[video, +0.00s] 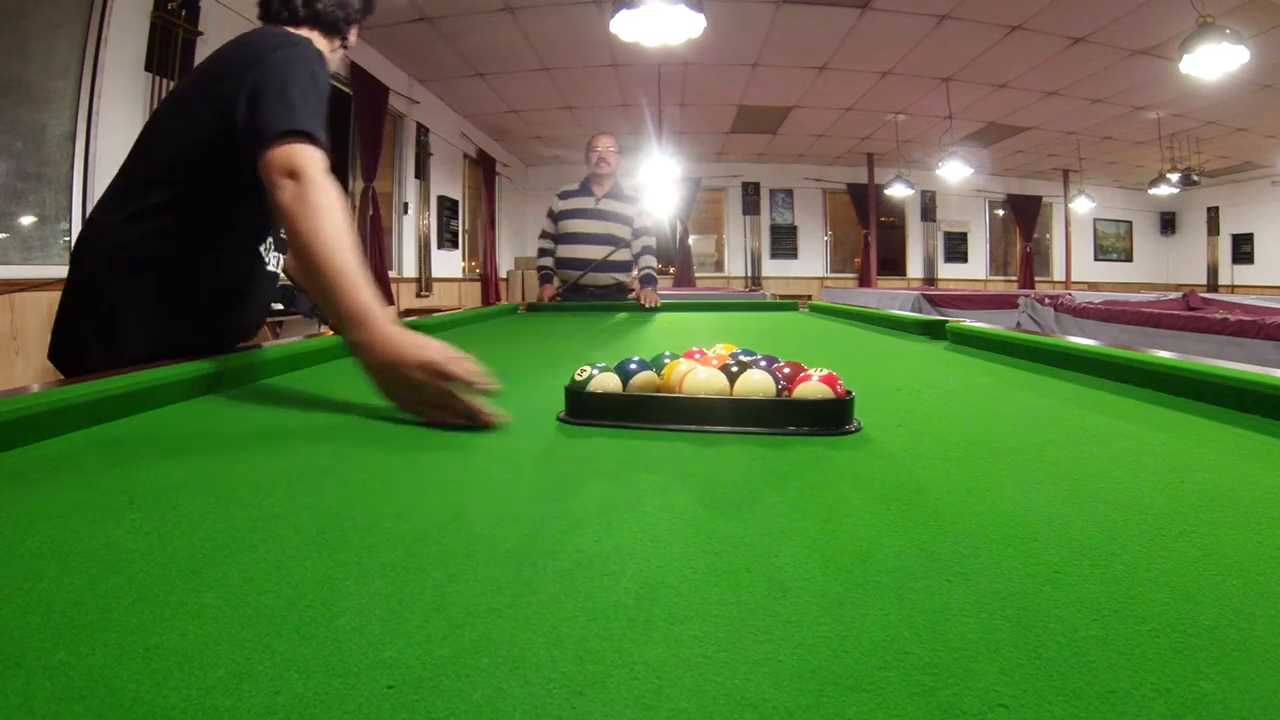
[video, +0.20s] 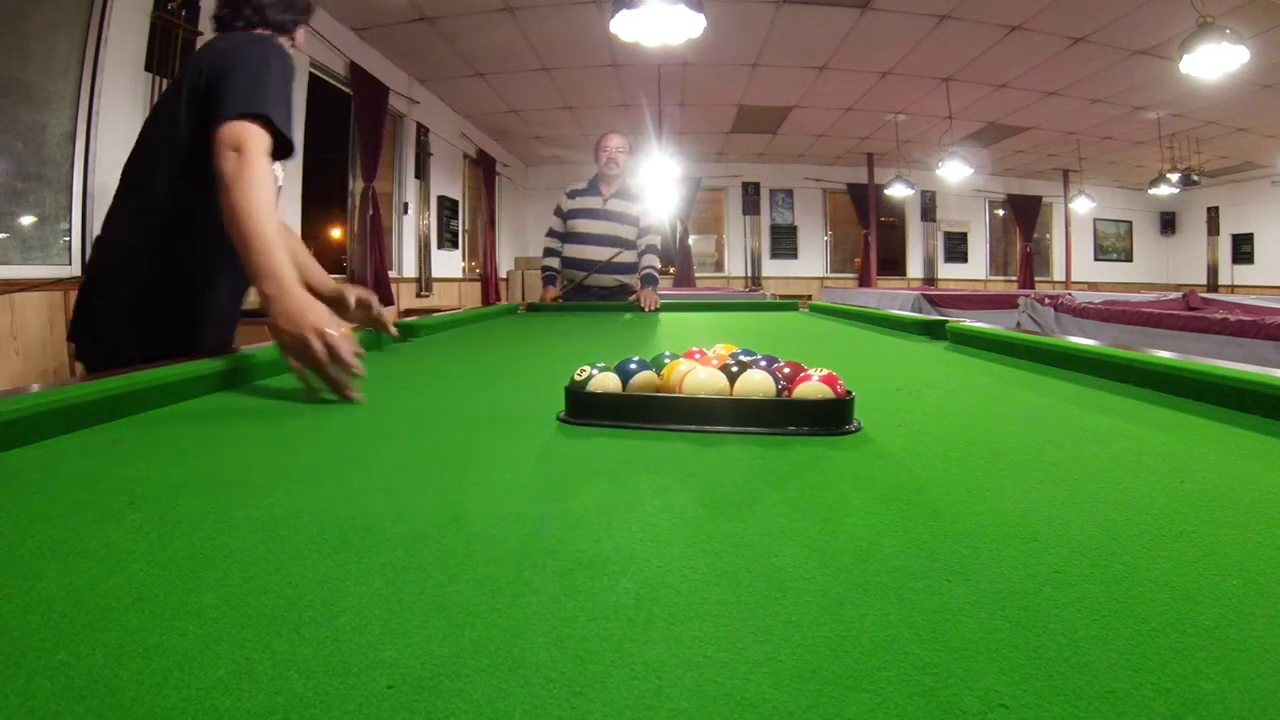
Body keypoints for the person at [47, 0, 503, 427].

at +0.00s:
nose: (350, 52)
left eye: (350, 44)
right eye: (352, 41)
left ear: (279, 14)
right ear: (348, 30)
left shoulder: (243, 63)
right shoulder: (287, 54)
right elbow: (295, 178)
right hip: (142, 343)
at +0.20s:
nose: (303, 39)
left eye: (304, 28)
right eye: (303, 27)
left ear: (237, 18)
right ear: (293, 29)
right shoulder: (254, 54)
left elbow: (259, 217)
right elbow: (239, 157)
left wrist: (330, 289)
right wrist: (286, 298)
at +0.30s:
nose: (277, 50)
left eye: (279, 39)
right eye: (277, 38)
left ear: (215, 30)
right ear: (268, 41)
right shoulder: (238, 64)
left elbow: (228, 225)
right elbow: (218, 147)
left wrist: (296, 275)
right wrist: (246, 286)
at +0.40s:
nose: (256, 67)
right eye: (256, 58)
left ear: (193, 46)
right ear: (250, 55)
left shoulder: (171, 108)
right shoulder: (224, 80)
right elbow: (199, 162)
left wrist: (265, 277)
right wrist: (211, 295)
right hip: (174, 338)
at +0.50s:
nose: (245, 74)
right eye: (246, 67)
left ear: (183, 58)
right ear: (240, 64)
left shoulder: (162, 116)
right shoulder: (220, 92)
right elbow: (187, 176)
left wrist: (240, 292)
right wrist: (195, 302)